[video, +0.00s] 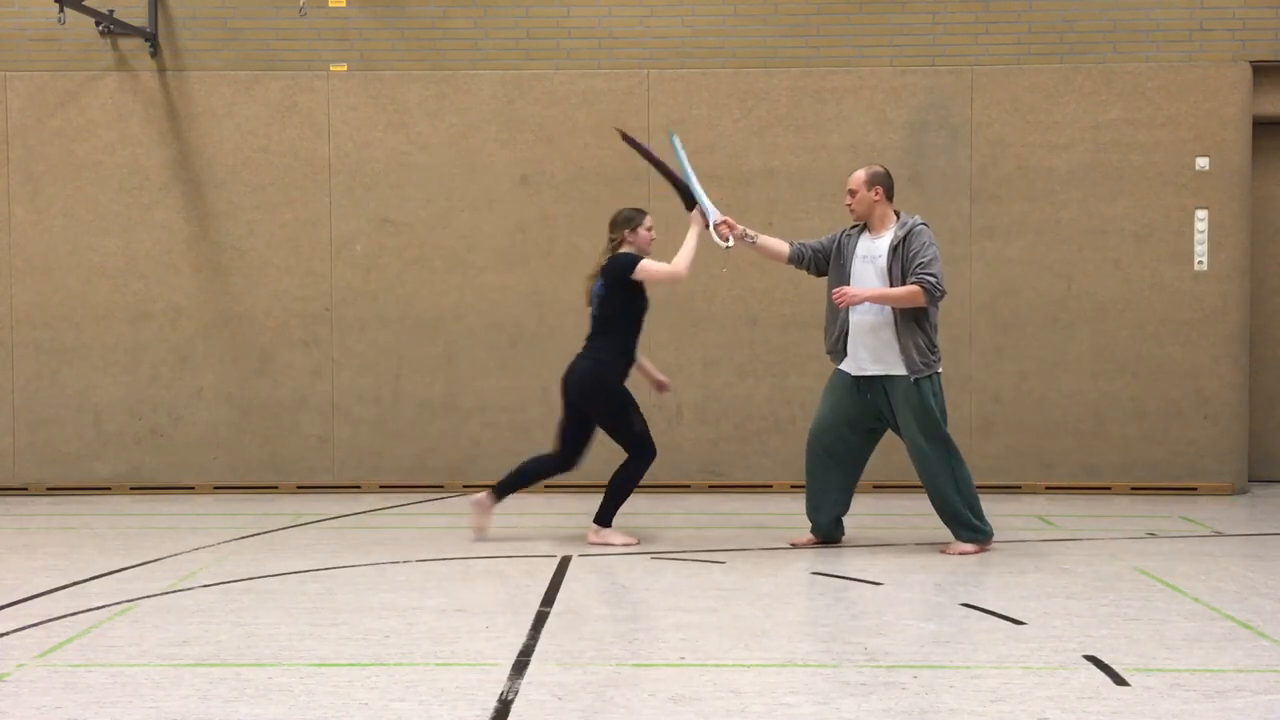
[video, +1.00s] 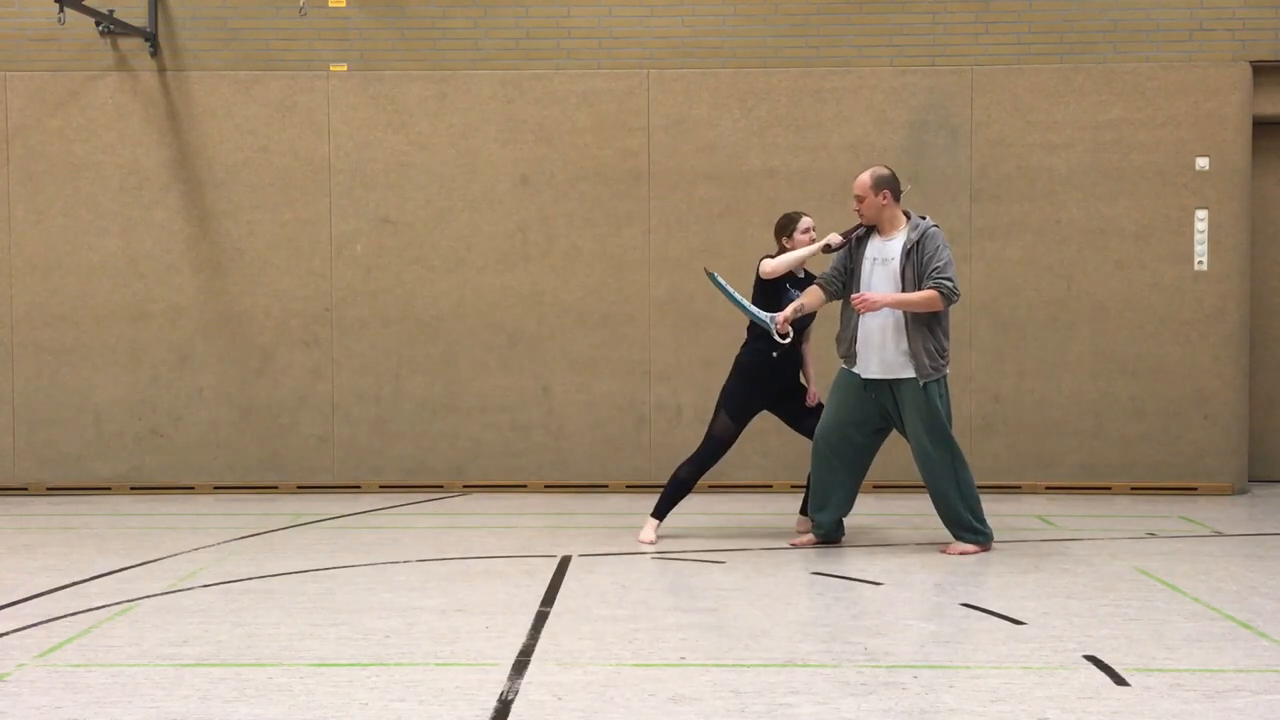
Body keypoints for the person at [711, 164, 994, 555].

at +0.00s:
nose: (846, 201)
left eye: (852, 193)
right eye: (846, 194)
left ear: (878, 194)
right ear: (866, 196)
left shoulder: (914, 234)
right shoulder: (845, 241)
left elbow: (928, 291)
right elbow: (798, 253)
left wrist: (867, 294)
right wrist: (742, 233)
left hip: (906, 372)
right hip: (853, 372)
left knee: (933, 451)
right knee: (824, 441)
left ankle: (974, 534)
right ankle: (826, 530)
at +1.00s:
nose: (855, 206)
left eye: (860, 199)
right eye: (854, 199)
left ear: (885, 198)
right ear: (880, 199)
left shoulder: (926, 236)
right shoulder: (858, 242)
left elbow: (943, 295)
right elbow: (827, 285)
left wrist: (887, 299)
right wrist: (796, 307)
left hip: (915, 374)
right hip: (861, 372)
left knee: (937, 454)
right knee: (830, 440)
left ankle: (974, 536)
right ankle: (826, 529)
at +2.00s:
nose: (929, 212)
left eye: (930, 204)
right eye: (926, 205)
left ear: (950, 195)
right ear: (953, 194)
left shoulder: (969, 229)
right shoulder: (991, 221)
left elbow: (973, 288)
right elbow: (997, 283)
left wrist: (912, 297)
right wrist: (952, 301)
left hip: (991, 364)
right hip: (1020, 358)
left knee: (969, 446)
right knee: (992, 446)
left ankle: (988, 539)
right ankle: (1013, 525)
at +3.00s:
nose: (1053, 205)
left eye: (1057, 196)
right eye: (1052, 197)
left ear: (1081, 194)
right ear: (1088, 193)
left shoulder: (1084, 235)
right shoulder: (1122, 229)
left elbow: (1036, 276)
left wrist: (1025, 235)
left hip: (1087, 370)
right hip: (1129, 367)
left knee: (1047, 447)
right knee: (1134, 450)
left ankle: (1021, 538)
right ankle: (1172, 534)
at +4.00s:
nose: (1011, 206)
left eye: (1016, 198)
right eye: (1011, 199)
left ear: (1040, 200)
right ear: (1048, 200)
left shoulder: (1037, 244)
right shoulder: (1074, 232)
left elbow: (988, 284)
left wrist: (985, 246)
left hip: (1042, 373)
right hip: (1084, 369)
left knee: (987, 440)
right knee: (1101, 445)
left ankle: (1005, 535)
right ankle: (1162, 520)